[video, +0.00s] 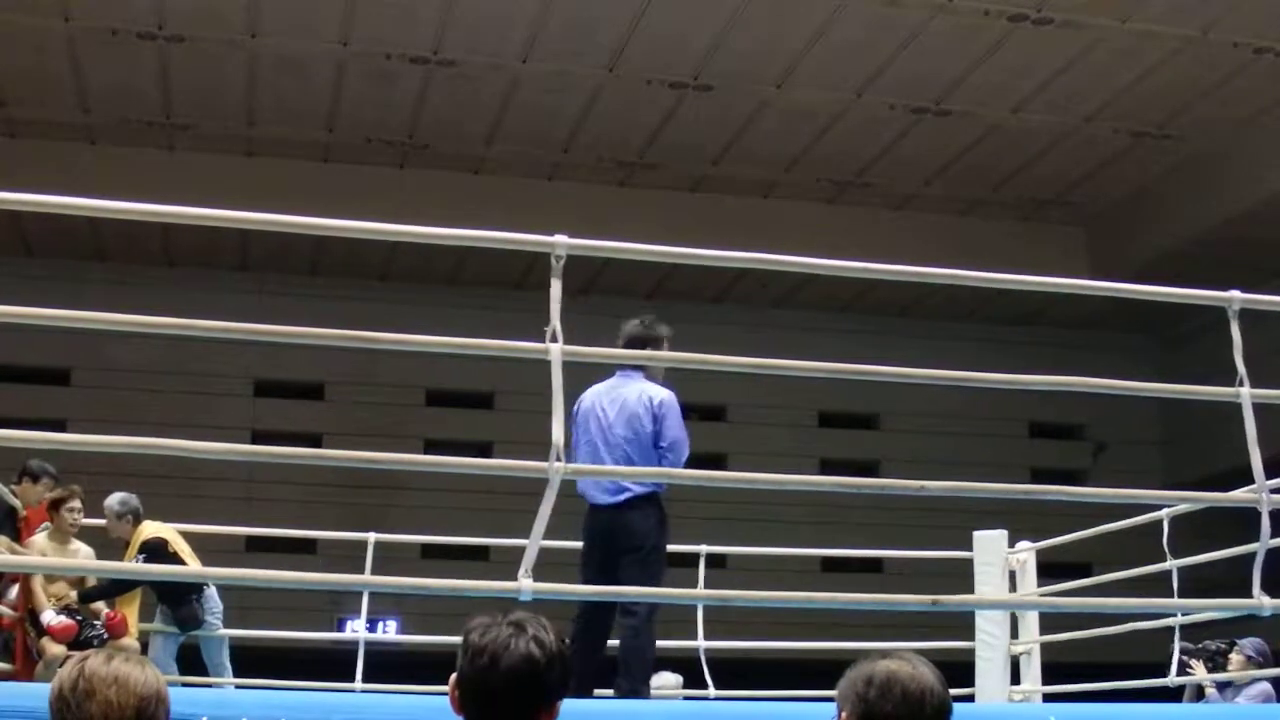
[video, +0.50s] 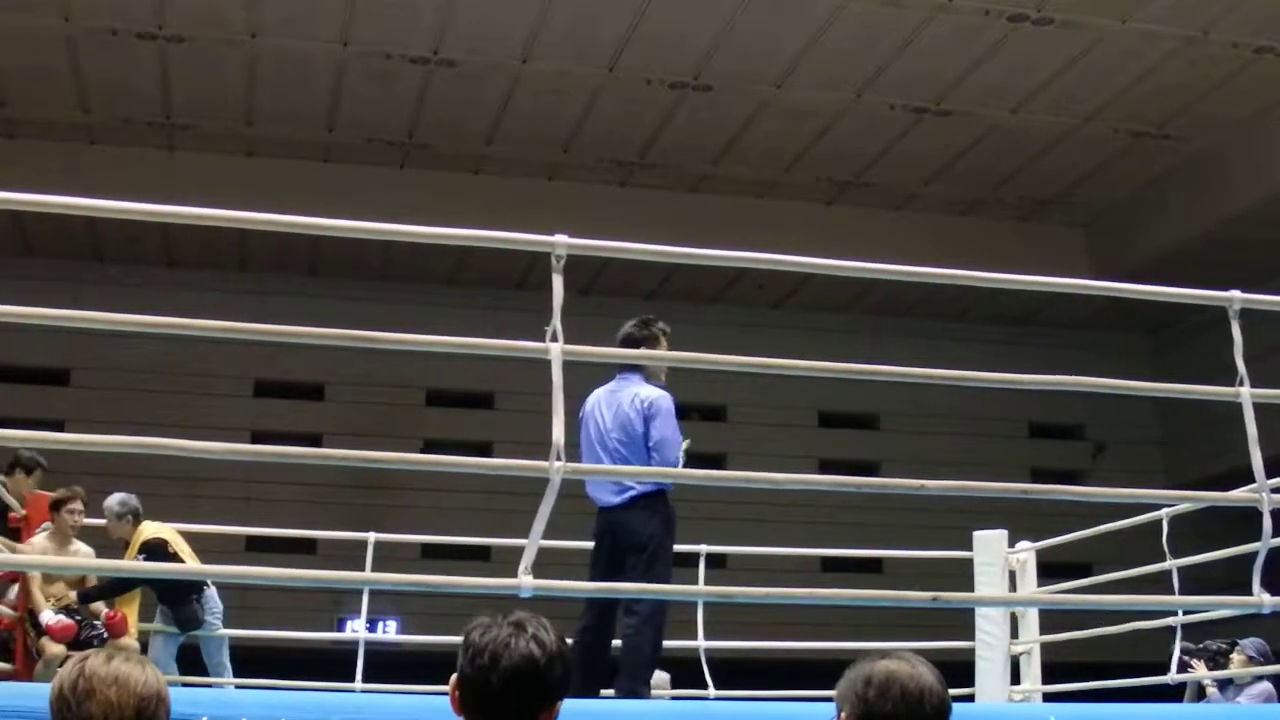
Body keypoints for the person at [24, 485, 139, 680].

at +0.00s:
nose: (77, 517)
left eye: (80, 512)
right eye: (70, 511)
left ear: (83, 515)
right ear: (53, 514)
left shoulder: (86, 551)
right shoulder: (36, 544)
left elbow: (91, 593)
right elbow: (36, 586)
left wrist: (105, 614)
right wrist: (49, 617)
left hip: (77, 614)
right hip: (42, 613)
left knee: (130, 647)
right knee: (56, 652)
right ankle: (36, 704)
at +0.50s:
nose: (76, 519)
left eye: (80, 513)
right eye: (70, 513)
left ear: (84, 516)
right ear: (54, 515)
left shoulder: (86, 552)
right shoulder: (36, 545)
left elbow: (91, 594)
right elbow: (34, 587)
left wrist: (105, 614)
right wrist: (48, 617)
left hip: (77, 612)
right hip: (43, 611)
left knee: (129, 646)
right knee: (56, 652)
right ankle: (36, 705)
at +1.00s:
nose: (86, 522)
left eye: (89, 517)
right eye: (80, 516)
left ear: (93, 519)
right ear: (63, 516)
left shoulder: (92, 552)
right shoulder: (41, 545)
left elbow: (94, 594)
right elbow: (33, 588)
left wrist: (106, 614)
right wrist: (51, 620)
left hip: (81, 614)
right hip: (46, 612)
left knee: (128, 646)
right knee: (56, 652)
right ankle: (33, 700)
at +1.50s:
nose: (110, 513)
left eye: (113, 507)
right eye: (104, 507)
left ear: (117, 509)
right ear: (86, 508)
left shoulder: (112, 534)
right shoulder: (63, 532)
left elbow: (110, 573)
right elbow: (44, 576)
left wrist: (116, 606)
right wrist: (53, 616)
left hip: (91, 597)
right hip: (58, 597)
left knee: (126, 648)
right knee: (52, 653)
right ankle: (27, 703)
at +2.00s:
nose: (106, 451)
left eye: (109, 445)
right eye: (100, 445)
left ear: (110, 447)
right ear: (83, 446)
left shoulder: (110, 484)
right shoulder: (55, 481)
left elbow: (111, 530)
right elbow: (38, 529)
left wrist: (120, 566)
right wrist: (44, 569)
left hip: (96, 561)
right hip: (60, 559)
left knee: (112, 639)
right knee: (45, 640)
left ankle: (110, 709)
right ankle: (25, 702)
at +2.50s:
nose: (104, 439)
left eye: (106, 433)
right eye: (98, 433)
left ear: (106, 437)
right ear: (79, 435)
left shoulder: (109, 476)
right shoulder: (51, 471)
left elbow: (108, 523)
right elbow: (36, 514)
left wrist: (112, 563)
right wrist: (51, 544)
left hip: (96, 555)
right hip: (60, 553)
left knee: (108, 632)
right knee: (39, 634)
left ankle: (111, 703)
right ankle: (22, 702)